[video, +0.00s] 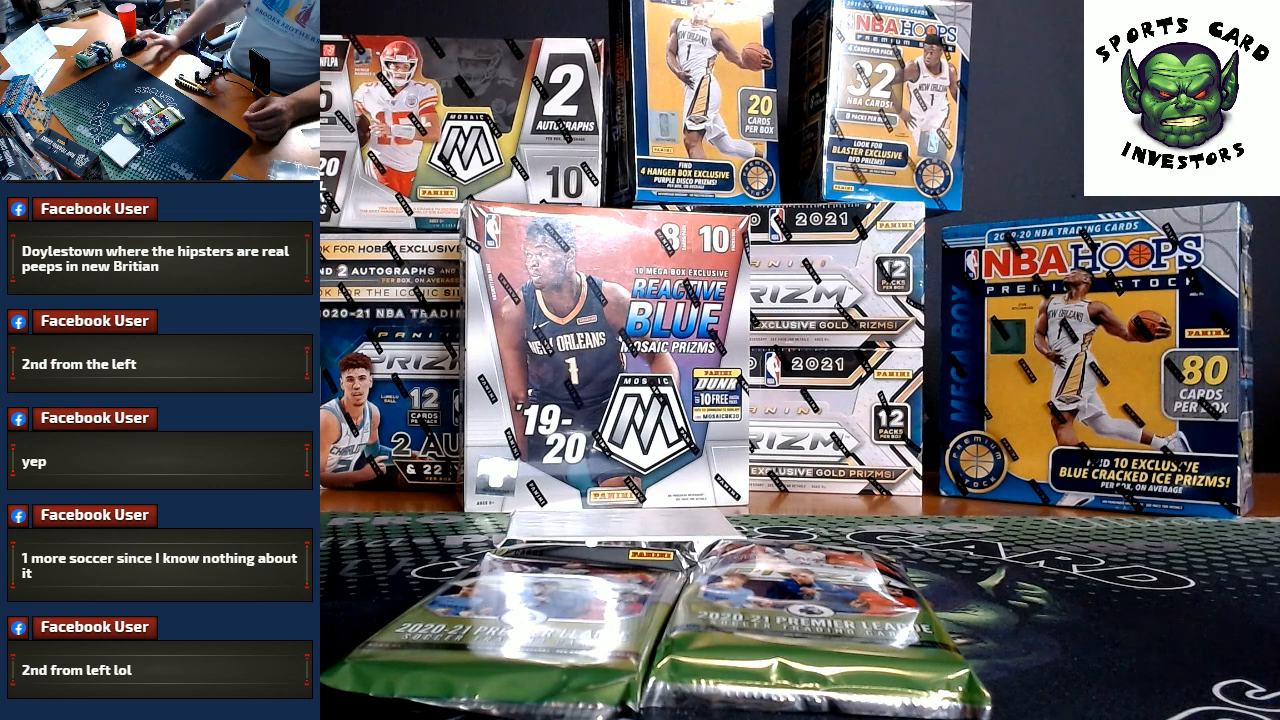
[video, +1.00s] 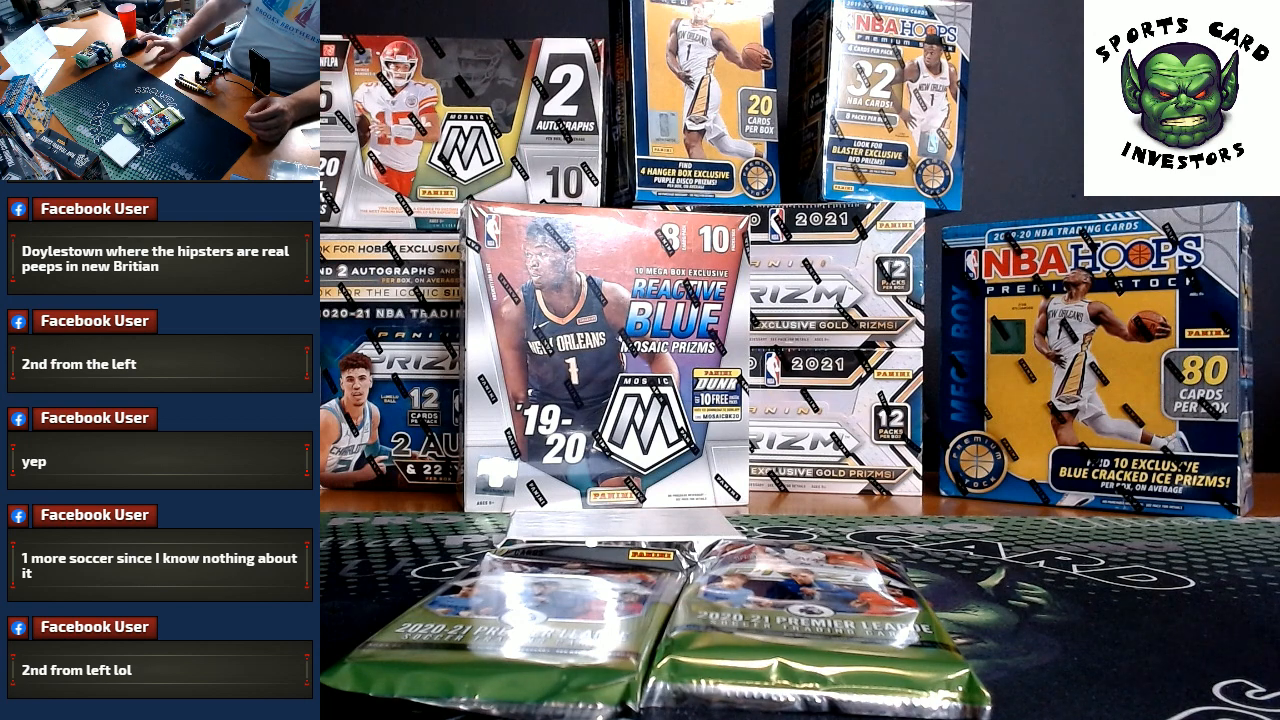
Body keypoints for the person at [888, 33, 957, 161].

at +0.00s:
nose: (928, 53)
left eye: (933, 50)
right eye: (926, 48)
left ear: (941, 52)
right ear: (923, 49)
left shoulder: (949, 71)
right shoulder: (913, 69)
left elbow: (956, 94)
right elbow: (886, 83)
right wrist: (900, 111)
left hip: (940, 117)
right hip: (918, 119)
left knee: (940, 154)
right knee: (923, 155)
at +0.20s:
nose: (928, 53)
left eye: (933, 49)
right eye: (926, 48)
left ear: (941, 52)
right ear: (923, 49)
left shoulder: (949, 71)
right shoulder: (913, 69)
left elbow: (955, 94)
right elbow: (886, 83)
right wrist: (900, 111)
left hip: (940, 117)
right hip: (918, 119)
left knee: (940, 154)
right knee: (923, 155)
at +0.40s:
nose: (929, 53)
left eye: (933, 49)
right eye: (926, 48)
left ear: (941, 52)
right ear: (923, 49)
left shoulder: (949, 71)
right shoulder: (913, 69)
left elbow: (956, 94)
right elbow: (886, 83)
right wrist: (900, 111)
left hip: (940, 117)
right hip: (918, 119)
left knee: (940, 154)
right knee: (923, 155)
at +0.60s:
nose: (928, 53)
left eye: (933, 49)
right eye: (926, 48)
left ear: (941, 52)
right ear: (923, 49)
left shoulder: (949, 71)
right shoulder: (913, 69)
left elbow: (955, 94)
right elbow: (886, 83)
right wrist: (900, 111)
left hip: (940, 117)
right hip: (918, 119)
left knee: (940, 154)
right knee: (923, 155)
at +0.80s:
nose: (928, 53)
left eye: (933, 49)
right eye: (926, 48)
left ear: (941, 52)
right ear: (923, 49)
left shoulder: (949, 71)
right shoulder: (913, 69)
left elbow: (955, 94)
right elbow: (886, 83)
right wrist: (900, 111)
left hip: (940, 117)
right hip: (918, 119)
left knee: (940, 154)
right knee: (923, 155)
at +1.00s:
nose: (928, 52)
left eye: (933, 49)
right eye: (926, 48)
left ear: (941, 52)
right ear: (923, 49)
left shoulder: (949, 71)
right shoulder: (913, 69)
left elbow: (955, 93)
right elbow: (886, 83)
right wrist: (900, 111)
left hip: (940, 117)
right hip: (918, 119)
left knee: (940, 154)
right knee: (923, 155)